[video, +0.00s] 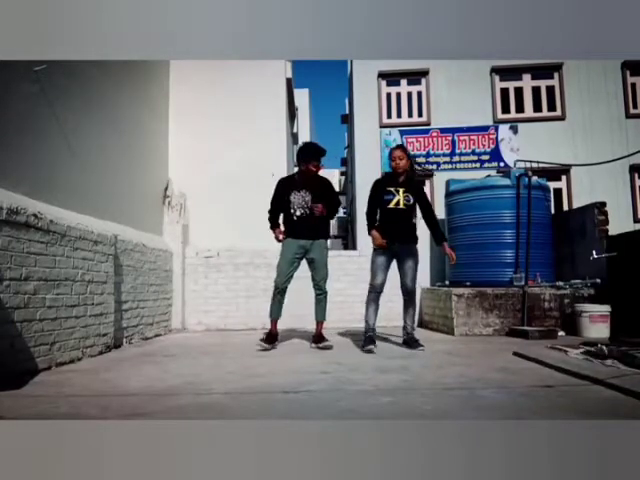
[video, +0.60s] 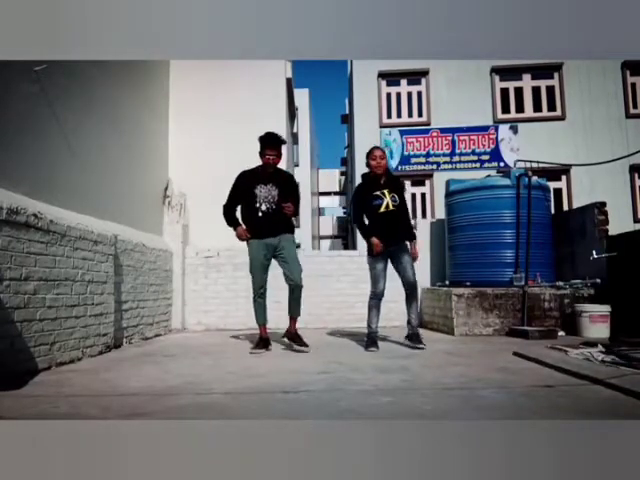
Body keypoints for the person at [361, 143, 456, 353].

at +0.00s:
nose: (397, 163)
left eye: (400, 159)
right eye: (393, 159)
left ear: (408, 161)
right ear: (390, 162)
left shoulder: (415, 185)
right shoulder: (380, 184)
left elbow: (429, 215)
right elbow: (371, 210)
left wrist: (443, 243)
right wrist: (372, 231)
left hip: (407, 243)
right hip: (384, 242)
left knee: (409, 289)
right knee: (375, 287)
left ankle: (409, 334)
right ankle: (369, 334)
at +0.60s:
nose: (378, 162)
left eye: (381, 158)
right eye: (374, 159)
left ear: (386, 161)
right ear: (367, 163)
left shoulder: (396, 183)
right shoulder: (362, 189)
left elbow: (404, 213)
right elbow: (357, 218)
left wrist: (412, 240)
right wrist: (370, 238)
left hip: (399, 242)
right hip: (377, 245)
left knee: (411, 283)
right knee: (377, 291)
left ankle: (413, 331)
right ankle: (372, 336)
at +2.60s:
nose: (378, 166)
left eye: (379, 163)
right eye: (374, 162)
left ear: (379, 165)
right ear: (364, 163)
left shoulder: (380, 186)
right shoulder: (353, 183)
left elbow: (387, 212)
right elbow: (348, 214)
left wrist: (398, 224)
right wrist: (364, 227)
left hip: (387, 241)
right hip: (367, 243)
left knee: (406, 285)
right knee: (368, 290)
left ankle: (418, 332)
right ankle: (366, 336)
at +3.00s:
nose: (394, 166)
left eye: (396, 163)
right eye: (390, 163)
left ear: (399, 166)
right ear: (382, 165)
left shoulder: (405, 189)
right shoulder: (372, 188)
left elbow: (417, 212)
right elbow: (365, 215)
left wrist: (422, 234)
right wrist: (372, 232)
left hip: (407, 243)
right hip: (383, 245)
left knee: (413, 289)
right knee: (378, 291)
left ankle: (417, 335)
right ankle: (368, 336)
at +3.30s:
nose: (402, 162)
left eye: (406, 159)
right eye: (399, 160)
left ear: (412, 162)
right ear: (394, 163)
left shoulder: (419, 184)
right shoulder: (386, 184)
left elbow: (435, 213)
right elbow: (377, 216)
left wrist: (427, 236)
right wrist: (373, 207)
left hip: (411, 243)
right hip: (389, 242)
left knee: (411, 288)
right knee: (378, 286)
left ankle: (417, 334)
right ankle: (373, 333)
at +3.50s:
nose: (400, 164)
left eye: (404, 160)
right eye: (397, 161)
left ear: (411, 163)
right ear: (394, 165)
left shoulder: (419, 185)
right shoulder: (387, 185)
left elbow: (431, 215)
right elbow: (368, 205)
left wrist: (424, 236)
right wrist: (370, 183)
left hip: (410, 244)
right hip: (387, 243)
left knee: (411, 289)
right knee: (378, 289)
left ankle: (417, 334)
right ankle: (375, 333)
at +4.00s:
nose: (371, 167)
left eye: (374, 164)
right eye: (368, 165)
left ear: (382, 166)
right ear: (365, 169)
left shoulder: (393, 191)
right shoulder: (361, 189)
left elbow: (403, 215)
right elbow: (350, 188)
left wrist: (409, 237)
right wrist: (357, 168)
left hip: (389, 246)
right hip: (367, 247)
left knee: (400, 290)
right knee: (364, 292)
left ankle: (416, 334)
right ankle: (361, 336)